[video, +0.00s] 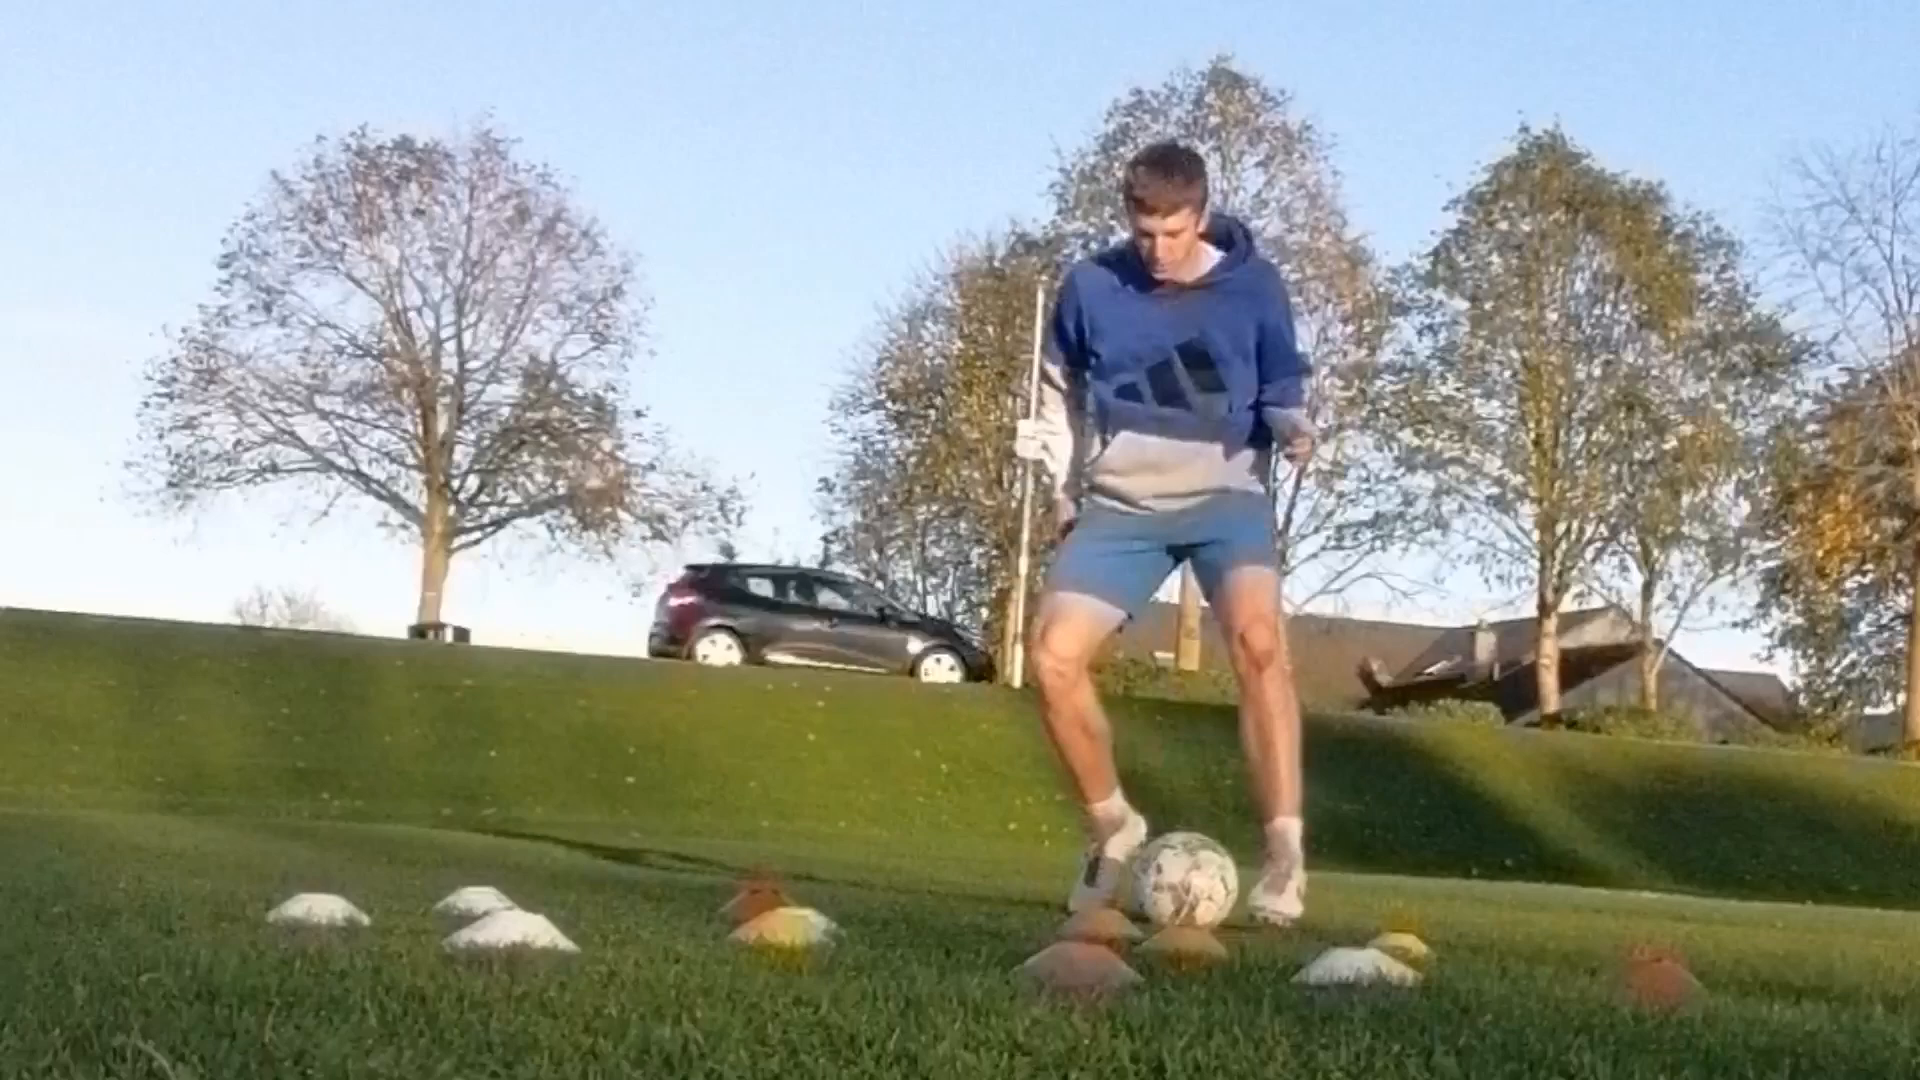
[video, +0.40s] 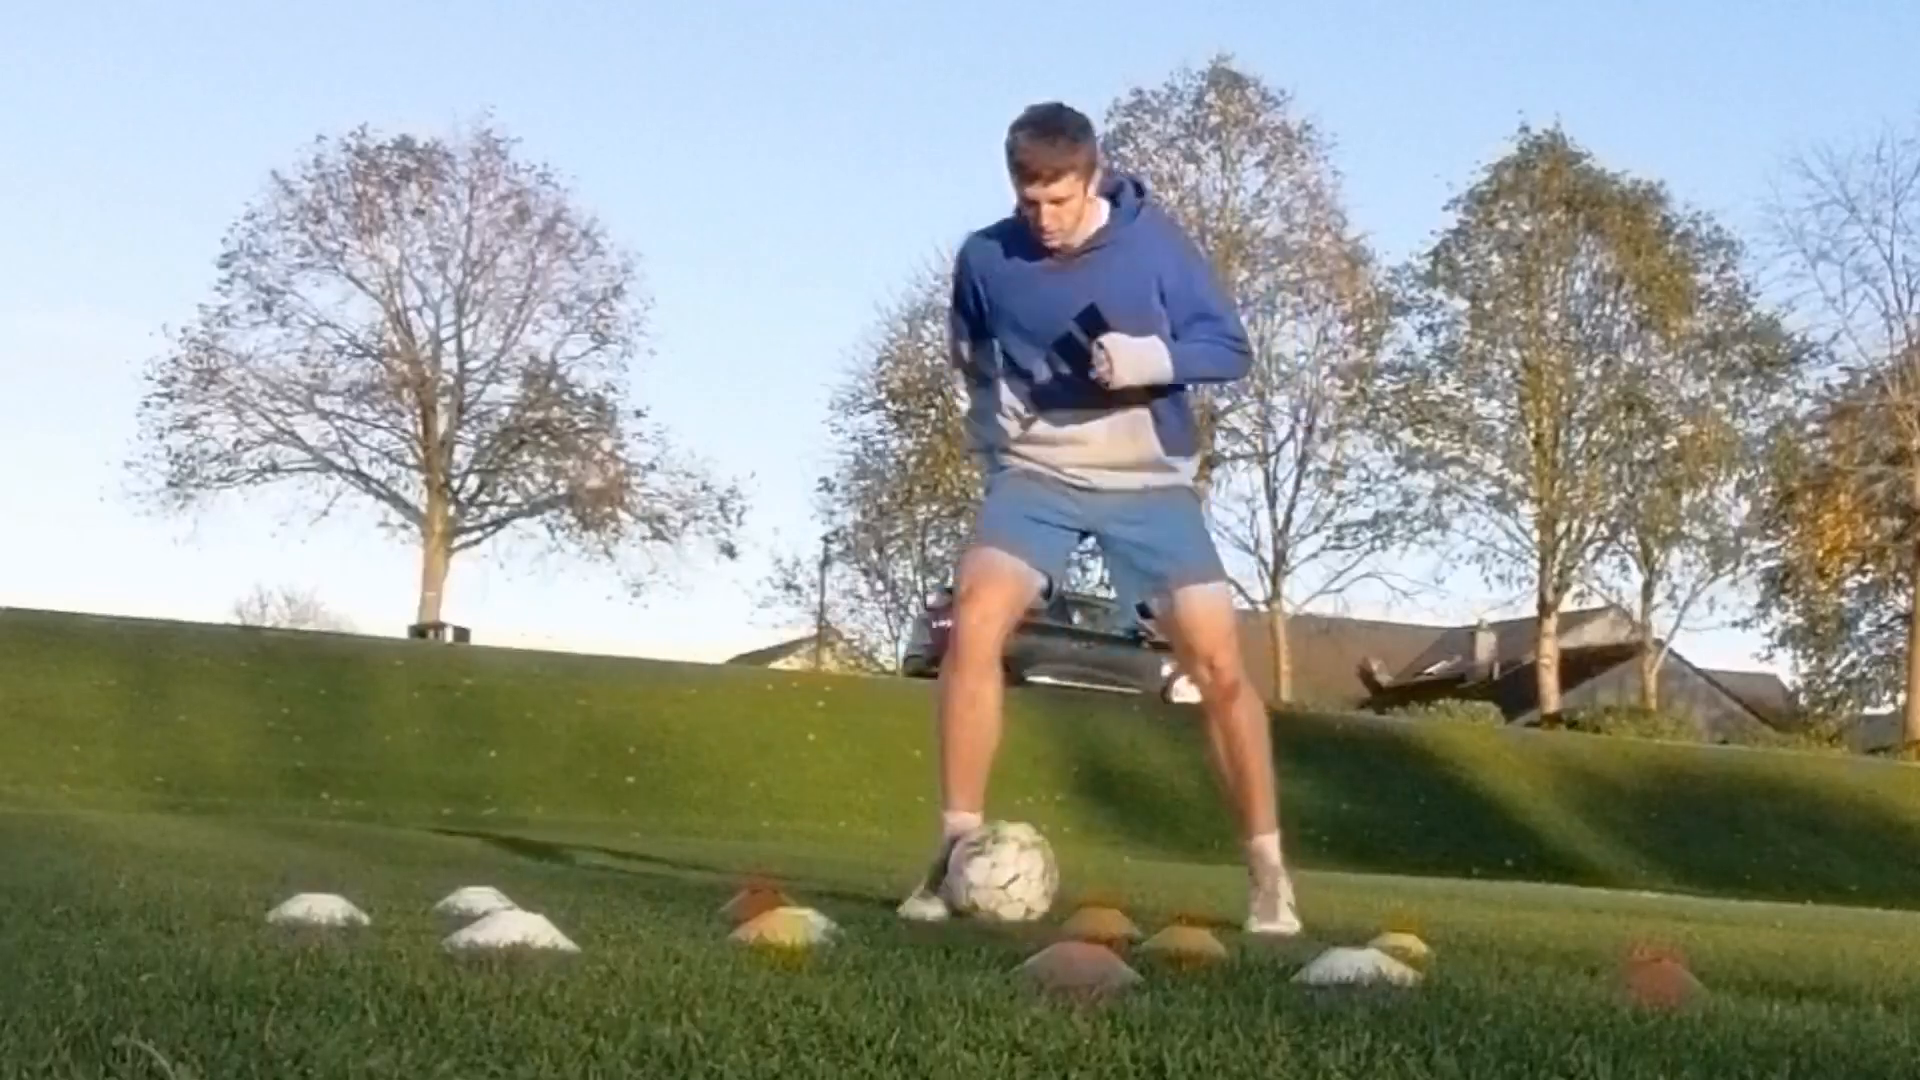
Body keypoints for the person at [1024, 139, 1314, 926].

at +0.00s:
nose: (1154, 243)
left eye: (1169, 229)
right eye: (1143, 227)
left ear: (1199, 213)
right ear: (1127, 212)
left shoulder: (1255, 285)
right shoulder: (1088, 288)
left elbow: (1283, 393)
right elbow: (1055, 394)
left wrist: (1292, 429)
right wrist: (1062, 487)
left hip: (1229, 507)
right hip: (1119, 511)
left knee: (1258, 642)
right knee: (1054, 656)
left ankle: (1283, 852)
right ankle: (1114, 827)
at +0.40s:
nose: (1046, 215)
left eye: (1063, 198)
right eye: (1032, 198)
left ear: (1095, 174)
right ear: (1014, 185)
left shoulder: (1152, 242)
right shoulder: (984, 258)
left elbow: (1227, 348)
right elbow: (974, 357)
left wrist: (1157, 358)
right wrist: (995, 446)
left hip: (1150, 490)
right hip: (1033, 483)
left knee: (1219, 665)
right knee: (973, 625)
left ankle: (1268, 868)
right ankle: (960, 851)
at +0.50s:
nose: (1019, 164)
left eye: (1036, 148)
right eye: (1005, 147)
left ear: (1064, 135)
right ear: (985, 132)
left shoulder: (1121, 220)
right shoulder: (935, 220)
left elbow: (1194, 319)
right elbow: (912, 325)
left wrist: (1163, 390)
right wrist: (944, 405)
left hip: (1094, 481)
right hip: (971, 486)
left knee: (1165, 632)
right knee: (955, 655)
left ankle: (1205, 847)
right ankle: (963, 874)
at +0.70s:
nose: (945, 151)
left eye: (963, 136)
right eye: (932, 134)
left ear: (995, 114)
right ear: (912, 111)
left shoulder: (1045, 191)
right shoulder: (860, 182)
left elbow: (1085, 288)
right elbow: (794, 297)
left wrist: (1094, 362)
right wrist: (773, 411)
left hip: (987, 454)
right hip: (863, 441)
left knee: (990, 650)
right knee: (772, 586)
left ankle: (965, 867)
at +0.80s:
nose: (881, 167)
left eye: (901, 150)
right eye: (868, 147)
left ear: (933, 129)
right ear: (851, 124)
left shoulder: (987, 219)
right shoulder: (810, 198)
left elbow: (1057, 331)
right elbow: (756, 333)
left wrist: (1035, 371)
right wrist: (728, 453)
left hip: (916, 490)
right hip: (797, 464)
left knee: (930, 688)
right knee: (671, 577)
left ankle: (944, 883)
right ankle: (598, 806)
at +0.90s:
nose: (809, 138)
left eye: (829, 120)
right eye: (797, 118)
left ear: (863, 110)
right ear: (779, 107)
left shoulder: (912, 205)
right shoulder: (744, 178)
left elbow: (1015, 314)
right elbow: (703, 285)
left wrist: (946, 283)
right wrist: (675, 399)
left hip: (826, 482)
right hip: (707, 442)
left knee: (865, 684)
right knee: (574, 555)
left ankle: (923, 858)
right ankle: (529, 797)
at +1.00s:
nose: (706, 141)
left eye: (726, 123)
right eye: (694, 121)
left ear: (762, 114)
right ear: (677, 109)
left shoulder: (824, 201)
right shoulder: (645, 184)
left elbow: (931, 294)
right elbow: (607, 266)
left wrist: (853, 270)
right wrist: (575, 374)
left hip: (760, 483)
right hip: (636, 452)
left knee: (785, 676)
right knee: (522, 619)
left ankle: (770, 821)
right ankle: (425, 836)